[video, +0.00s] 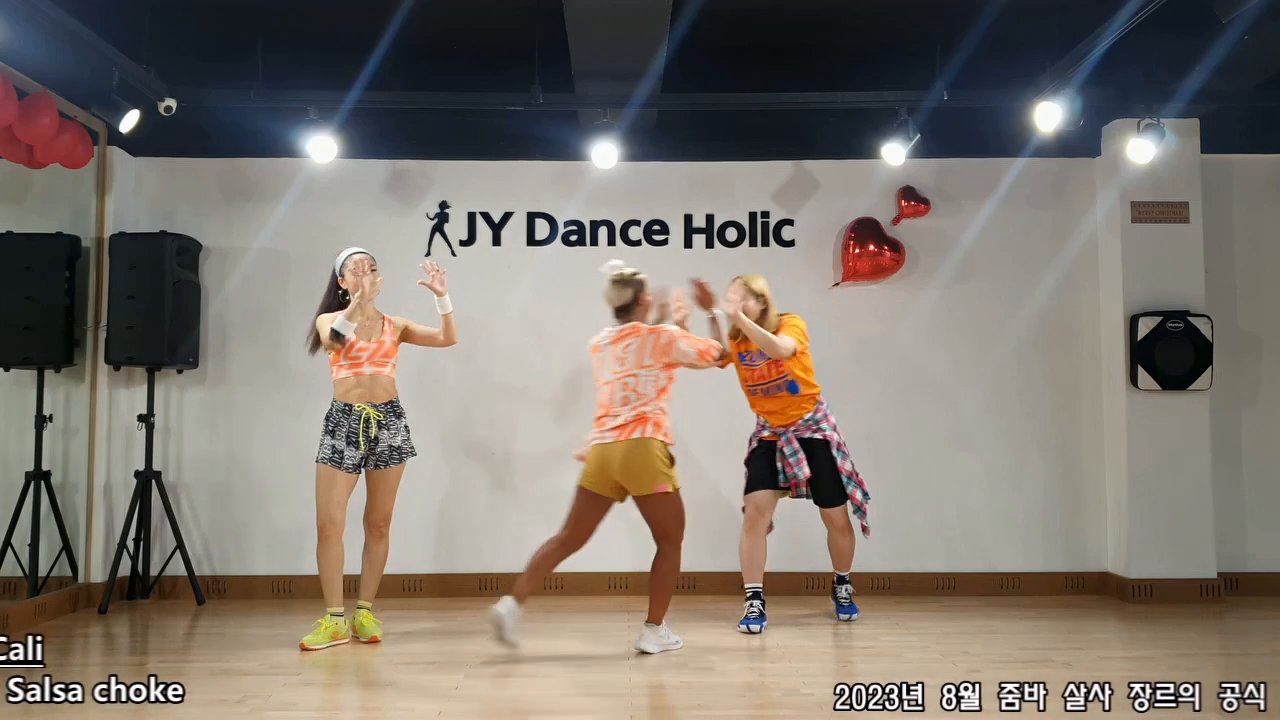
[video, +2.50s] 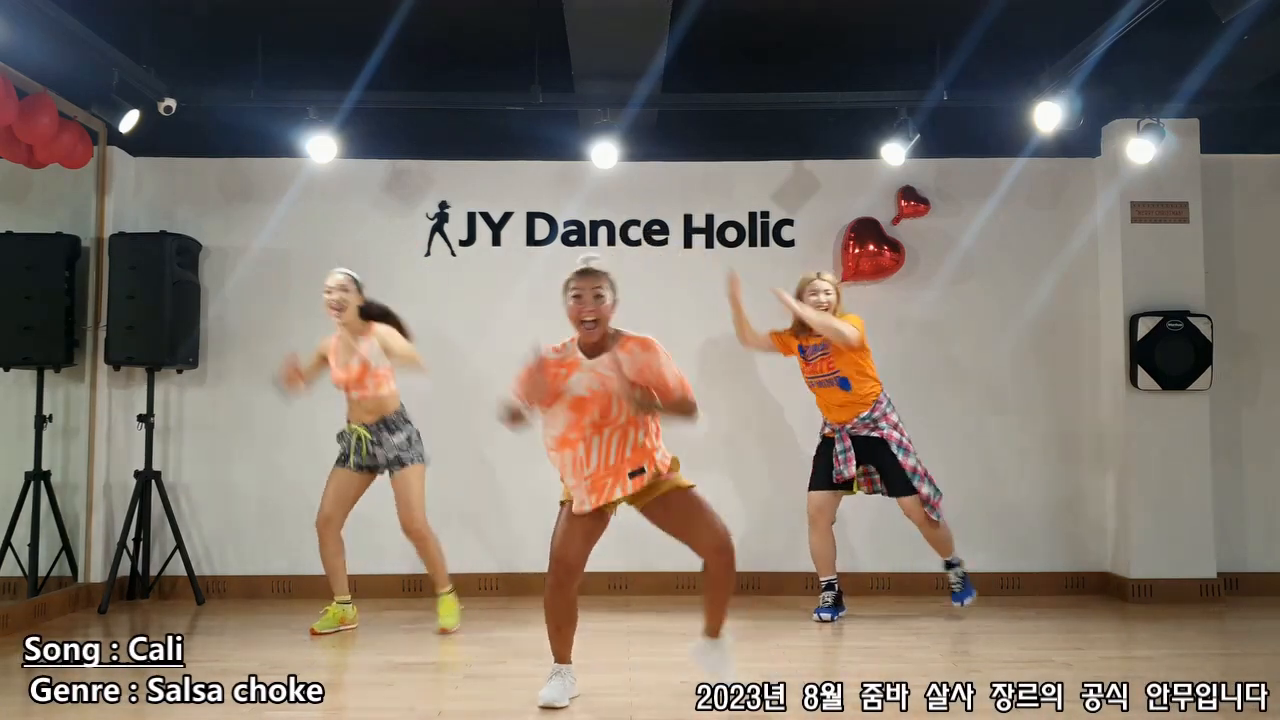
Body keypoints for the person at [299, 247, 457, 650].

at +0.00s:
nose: (364, 271)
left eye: (369, 266)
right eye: (355, 267)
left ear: (379, 278)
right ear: (342, 282)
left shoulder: (395, 324)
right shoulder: (329, 320)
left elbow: (447, 338)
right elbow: (337, 336)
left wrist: (441, 295)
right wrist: (356, 301)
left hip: (389, 422)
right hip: (343, 422)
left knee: (378, 525)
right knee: (328, 524)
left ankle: (364, 612)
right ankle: (335, 618)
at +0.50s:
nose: (369, 276)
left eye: (376, 270)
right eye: (361, 271)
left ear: (386, 279)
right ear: (350, 281)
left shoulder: (401, 320)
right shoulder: (335, 320)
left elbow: (410, 346)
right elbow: (343, 350)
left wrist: (395, 301)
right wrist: (364, 316)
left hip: (392, 423)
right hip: (346, 422)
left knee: (380, 526)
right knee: (332, 525)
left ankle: (364, 612)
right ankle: (335, 617)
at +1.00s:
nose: (367, 276)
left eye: (374, 269)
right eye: (359, 271)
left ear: (385, 278)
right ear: (349, 281)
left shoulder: (401, 321)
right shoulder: (334, 320)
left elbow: (404, 345)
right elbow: (335, 350)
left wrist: (386, 306)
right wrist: (359, 316)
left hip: (389, 423)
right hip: (344, 422)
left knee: (379, 524)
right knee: (327, 524)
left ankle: (366, 609)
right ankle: (336, 601)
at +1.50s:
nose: (344, 282)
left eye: (353, 276)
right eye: (338, 276)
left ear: (364, 287)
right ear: (328, 287)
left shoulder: (382, 326)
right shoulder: (318, 327)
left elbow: (377, 359)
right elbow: (303, 372)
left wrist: (343, 320)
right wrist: (308, 355)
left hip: (371, 425)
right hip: (328, 426)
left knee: (363, 518)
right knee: (326, 520)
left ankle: (365, 605)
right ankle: (341, 604)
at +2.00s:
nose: (312, 296)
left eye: (321, 288)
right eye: (307, 290)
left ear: (338, 295)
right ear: (302, 299)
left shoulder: (360, 331)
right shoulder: (309, 341)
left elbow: (407, 332)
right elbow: (267, 363)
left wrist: (367, 334)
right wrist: (270, 349)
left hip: (373, 434)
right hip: (333, 437)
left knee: (352, 520)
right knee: (323, 523)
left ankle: (367, 594)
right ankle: (341, 604)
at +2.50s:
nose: (334, 298)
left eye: (343, 291)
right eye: (328, 291)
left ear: (360, 297)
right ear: (323, 298)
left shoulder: (379, 332)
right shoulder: (329, 345)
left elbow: (416, 362)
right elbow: (301, 383)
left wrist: (377, 361)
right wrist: (293, 375)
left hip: (396, 433)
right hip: (358, 438)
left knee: (413, 523)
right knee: (327, 522)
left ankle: (446, 595)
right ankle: (342, 605)